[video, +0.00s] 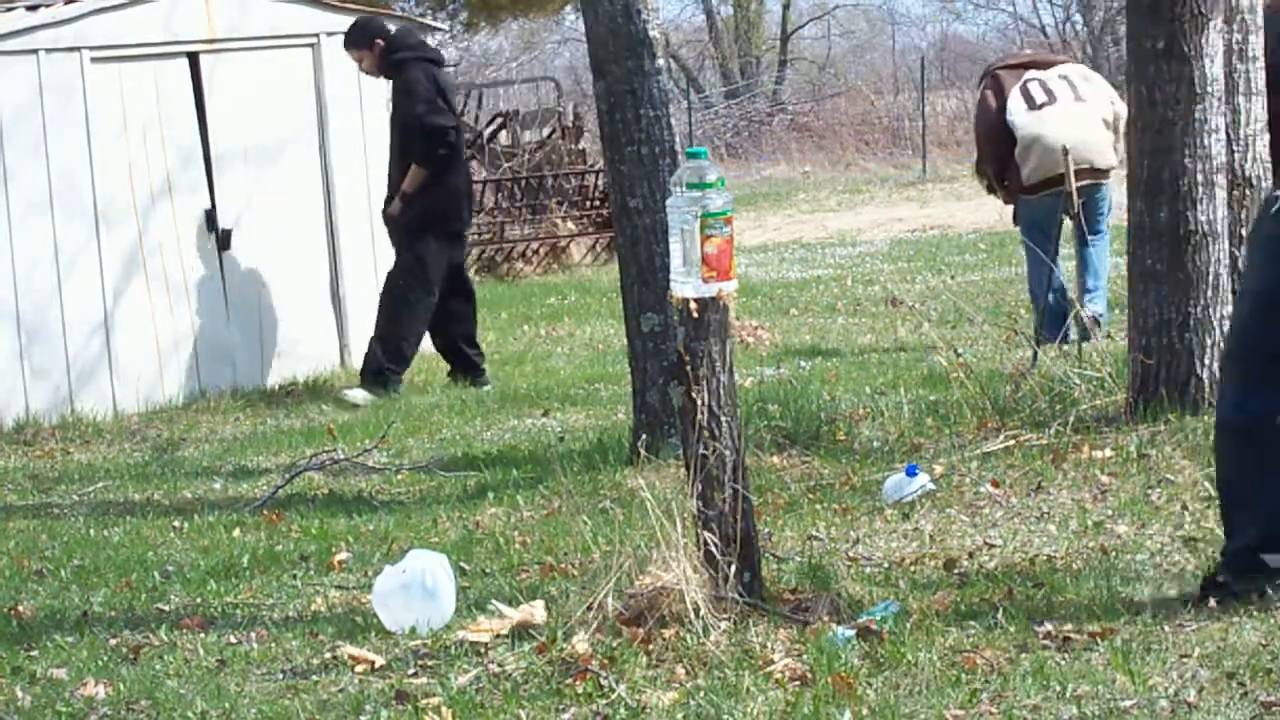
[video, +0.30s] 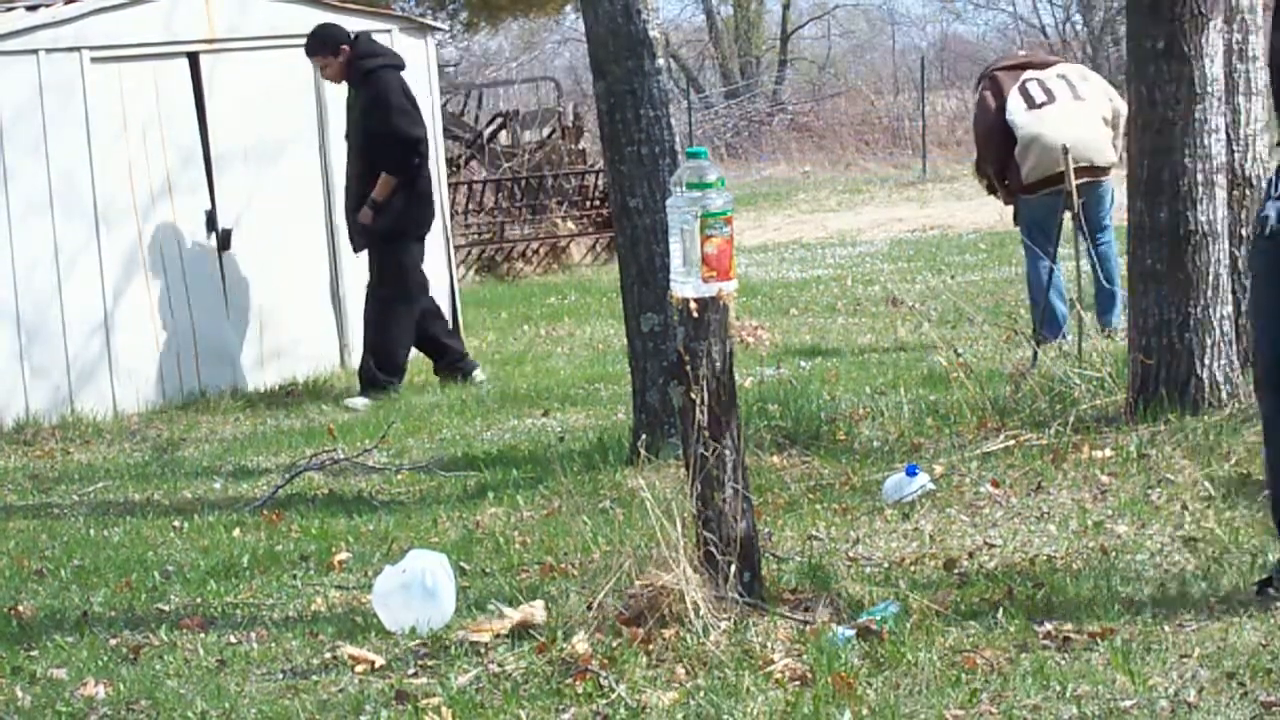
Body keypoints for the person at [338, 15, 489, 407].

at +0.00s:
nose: (360, 69)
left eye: (360, 60)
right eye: (356, 63)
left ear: (378, 47)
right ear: (378, 47)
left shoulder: (413, 74)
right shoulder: (418, 70)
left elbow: (436, 140)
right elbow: (432, 142)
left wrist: (402, 195)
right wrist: (403, 192)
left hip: (430, 211)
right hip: (441, 209)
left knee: (406, 296)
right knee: (449, 296)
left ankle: (379, 384)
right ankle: (470, 375)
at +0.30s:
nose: (323, 74)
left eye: (323, 65)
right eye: (318, 67)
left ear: (343, 52)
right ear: (341, 55)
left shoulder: (380, 79)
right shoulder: (364, 81)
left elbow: (408, 144)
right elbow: (381, 147)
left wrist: (373, 202)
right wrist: (364, 198)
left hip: (398, 213)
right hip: (386, 212)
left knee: (389, 299)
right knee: (408, 295)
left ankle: (379, 388)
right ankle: (459, 369)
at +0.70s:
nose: (282, 75)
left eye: (286, 67)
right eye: (278, 69)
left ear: (305, 54)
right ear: (286, 61)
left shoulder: (345, 82)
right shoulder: (301, 91)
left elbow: (377, 144)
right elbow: (310, 154)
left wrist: (346, 203)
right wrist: (297, 201)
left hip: (355, 218)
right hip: (312, 217)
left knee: (360, 302)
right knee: (304, 302)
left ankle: (377, 387)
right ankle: (323, 385)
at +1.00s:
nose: (232, 84)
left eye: (235, 75)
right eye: (227, 77)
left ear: (256, 62)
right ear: (228, 71)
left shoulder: (292, 89)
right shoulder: (241, 106)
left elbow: (330, 148)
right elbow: (248, 174)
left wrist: (302, 211)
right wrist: (237, 222)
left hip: (305, 229)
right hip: (261, 232)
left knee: (330, 314)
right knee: (256, 324)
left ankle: (372, 389)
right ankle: (244, 404)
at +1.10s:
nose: (210, 85)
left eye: (214, 76)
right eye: (205, 78)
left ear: (235, 63)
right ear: (202, 73)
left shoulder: (272, 86)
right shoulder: (218, 105)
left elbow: (311, 146)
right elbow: (226, 167)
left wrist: (282, 209)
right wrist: (221, 216)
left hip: (287, 222)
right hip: (243, 227)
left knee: (301, 309)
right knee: (242, 318)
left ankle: (361, 381)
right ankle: (244, 403)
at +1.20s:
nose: (194, 83)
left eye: (198, 75)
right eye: (189, 76)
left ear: (218, 62)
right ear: (186, 71)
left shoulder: (255, 85)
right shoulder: (202, 101)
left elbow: (293, 146)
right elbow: (209, 164)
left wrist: (263, 206)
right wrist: (204, 213)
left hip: (263, 219)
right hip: (224, 222)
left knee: (273, 303)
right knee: (234, 315)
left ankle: (333, 375)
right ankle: (244, 402)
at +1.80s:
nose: (124, 88)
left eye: (130, 79)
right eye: (117, 81)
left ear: (148, 66)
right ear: (112, 76)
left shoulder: (180, 98)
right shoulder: (121, 108)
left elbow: (213, 164)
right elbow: (128, 171)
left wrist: (178, 223)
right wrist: (125, 222)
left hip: (187, 227)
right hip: (145, 228)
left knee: (173, 318)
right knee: (183, 315)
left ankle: (153, 415)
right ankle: (238, 398)